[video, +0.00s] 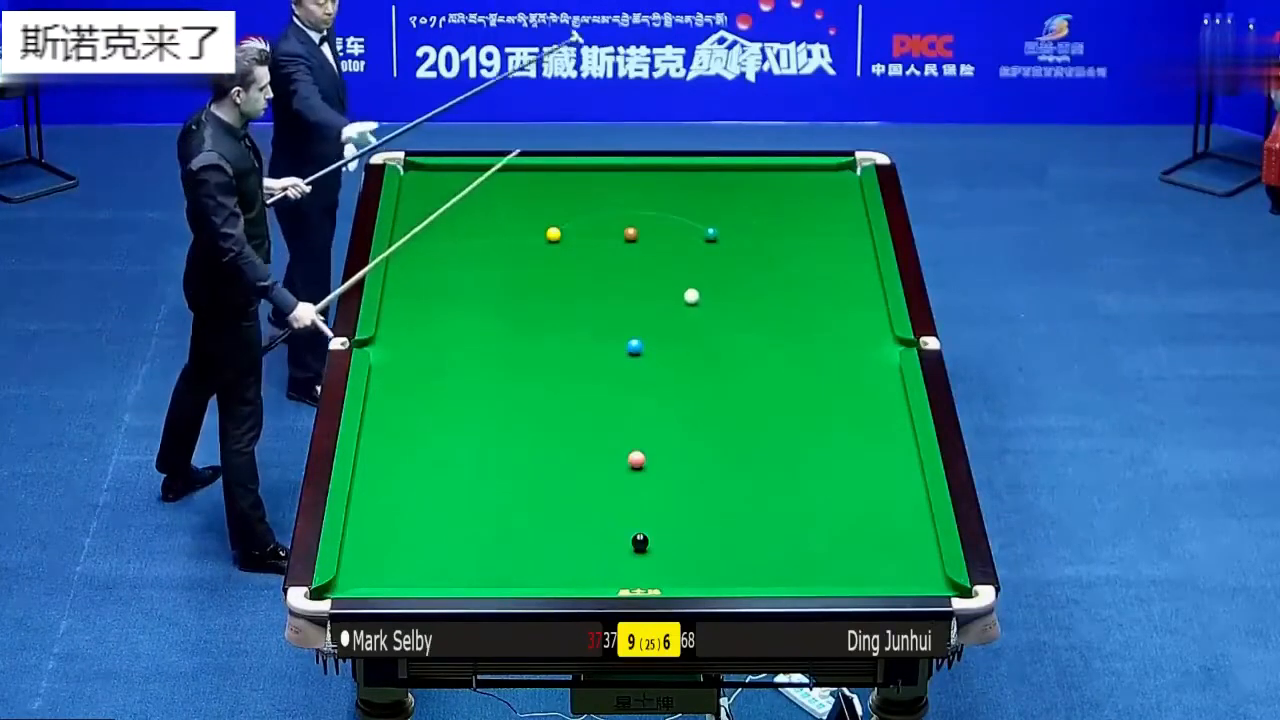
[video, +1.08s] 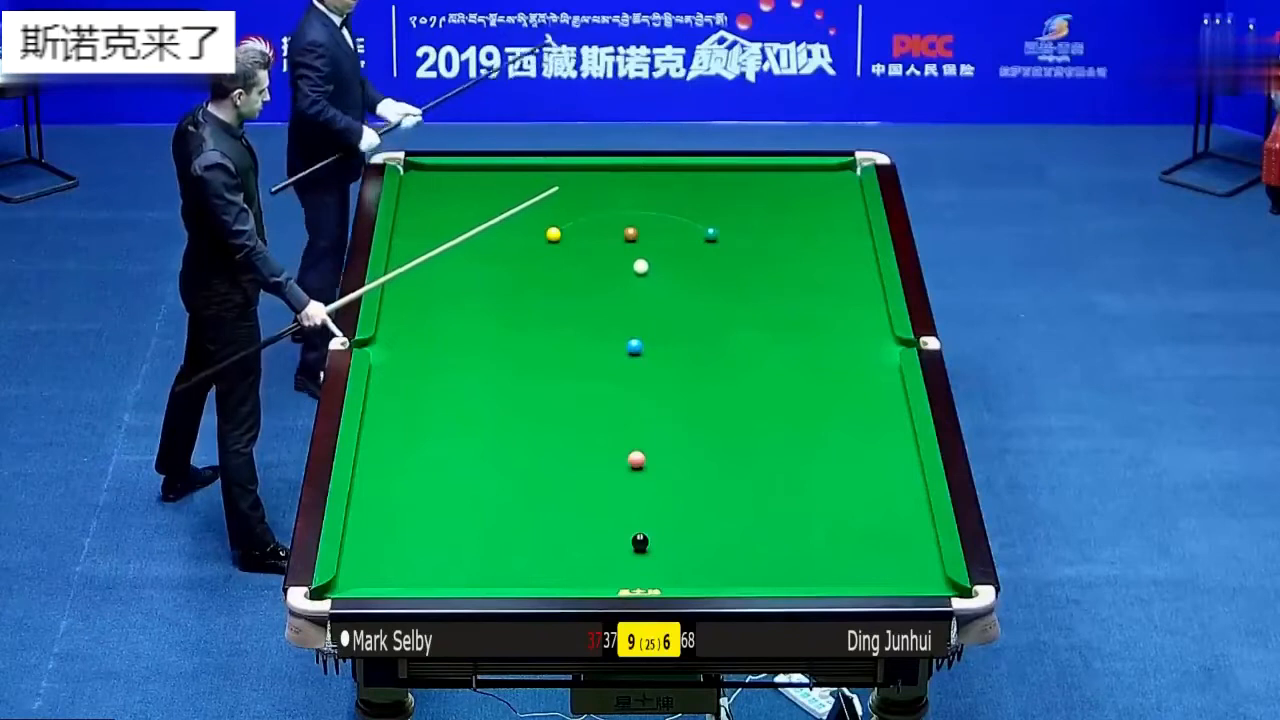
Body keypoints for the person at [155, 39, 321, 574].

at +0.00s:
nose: (269, 96)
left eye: (268, 86)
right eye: (262, 89)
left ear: (237, 89)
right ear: (234, 93)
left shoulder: (221, 122)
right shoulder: (210, 161)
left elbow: (228, 187)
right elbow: (233, 246)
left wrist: (265, 189)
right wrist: (287, 302)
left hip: (218, 284)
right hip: (229, 296)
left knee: (200, 375)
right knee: (242, 424)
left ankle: (176, 471)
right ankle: (253, 545)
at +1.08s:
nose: (267, 97)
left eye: (267, 88)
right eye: (261, 89)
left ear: (230, 89)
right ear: (235, 93)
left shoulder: (203, 120)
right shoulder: (213, 164)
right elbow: (245, 246)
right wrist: (301, 301)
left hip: (208, 281)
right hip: (225, 295)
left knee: (195, 379)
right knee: (239, 425)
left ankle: (175, 472)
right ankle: (253, 546)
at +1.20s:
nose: (267, 100)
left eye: (267, 91)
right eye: (262, 92)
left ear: (229, 89)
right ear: (237, 94)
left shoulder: (202, 121)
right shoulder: (212, 165)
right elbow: (246, 247)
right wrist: (302, 301)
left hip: (206, 281)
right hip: (226, 296)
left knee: (193, 379)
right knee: (240, 425)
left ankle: (175, 472)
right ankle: (253, 546)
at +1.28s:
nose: (266, 100)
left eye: (266, 91)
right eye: (261, 92)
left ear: (228, 90)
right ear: (236, 95)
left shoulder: (201, 122)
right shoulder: (212, 165)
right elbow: (245, 246)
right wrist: (301, 301)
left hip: (206, 282)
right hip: (226, 297)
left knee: (192, 379)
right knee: (239, 425)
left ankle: (175, 473)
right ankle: (253, 546)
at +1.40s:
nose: (267, 102)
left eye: (267, 93)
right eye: (262, 94)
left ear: (229, 92)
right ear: (235, 96)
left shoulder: (200, 121)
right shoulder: (212, 166)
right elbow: (245, 247)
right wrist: (300, 302)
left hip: (206, 284)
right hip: (226, 299)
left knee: (192, 379)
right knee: (239, 426)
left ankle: (175, 472)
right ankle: (253, 546)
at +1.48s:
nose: (267, 103)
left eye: (267, 94)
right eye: (262, 95)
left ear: (228, 93)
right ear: (237, 98)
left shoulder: (200, 122)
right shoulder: (211, 169)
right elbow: (245, 248)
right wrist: (301, 301)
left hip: (206, 284)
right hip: (226, 298)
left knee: (192, 379)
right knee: (239, 426)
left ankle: (175, 472)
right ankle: (253, 546)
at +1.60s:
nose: (266, 104)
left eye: (266, 94)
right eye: (260, 96)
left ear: (228, 93)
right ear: (235, 98)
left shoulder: (200, 122)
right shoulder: (210, 168)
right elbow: (244, 248)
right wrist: (300, 302)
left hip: (206, 283)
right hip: (225, 298)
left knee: (193, 379)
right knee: (239, 424)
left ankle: (175, 472)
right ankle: (253, 546)